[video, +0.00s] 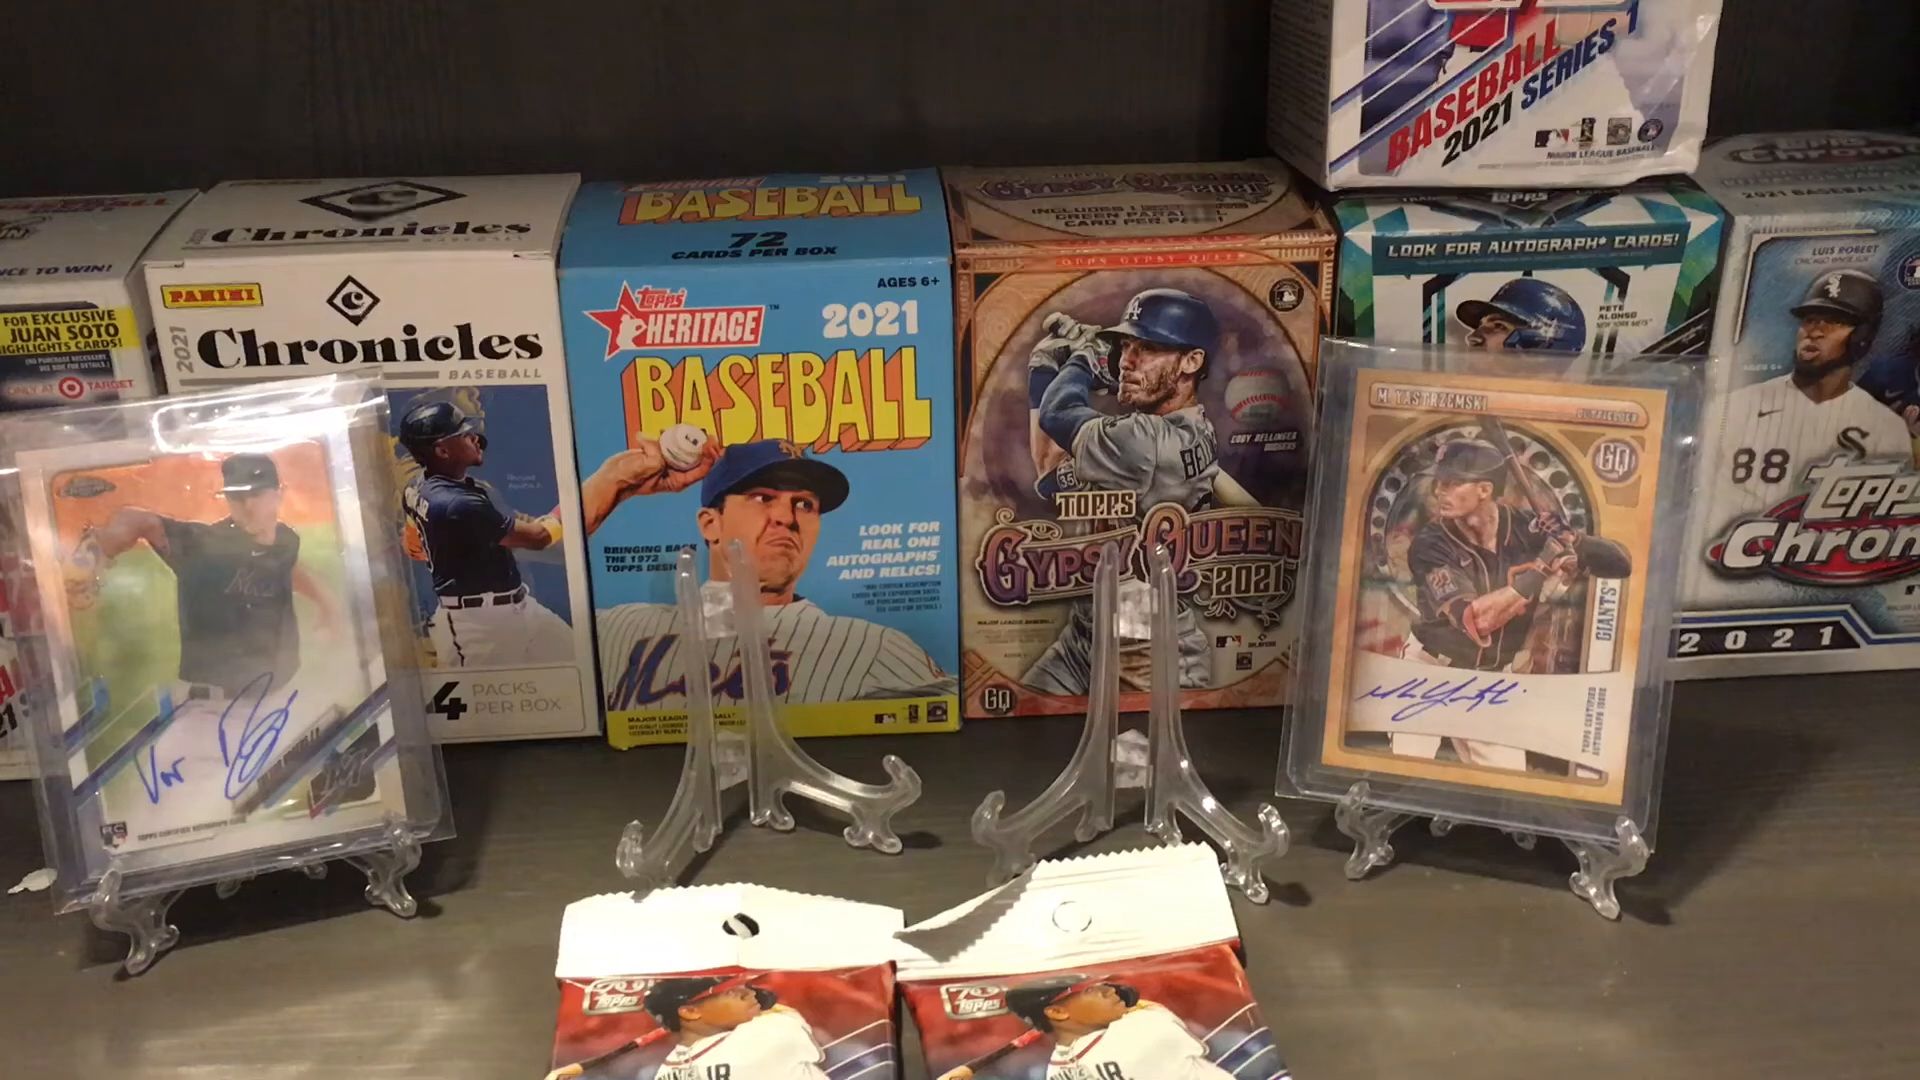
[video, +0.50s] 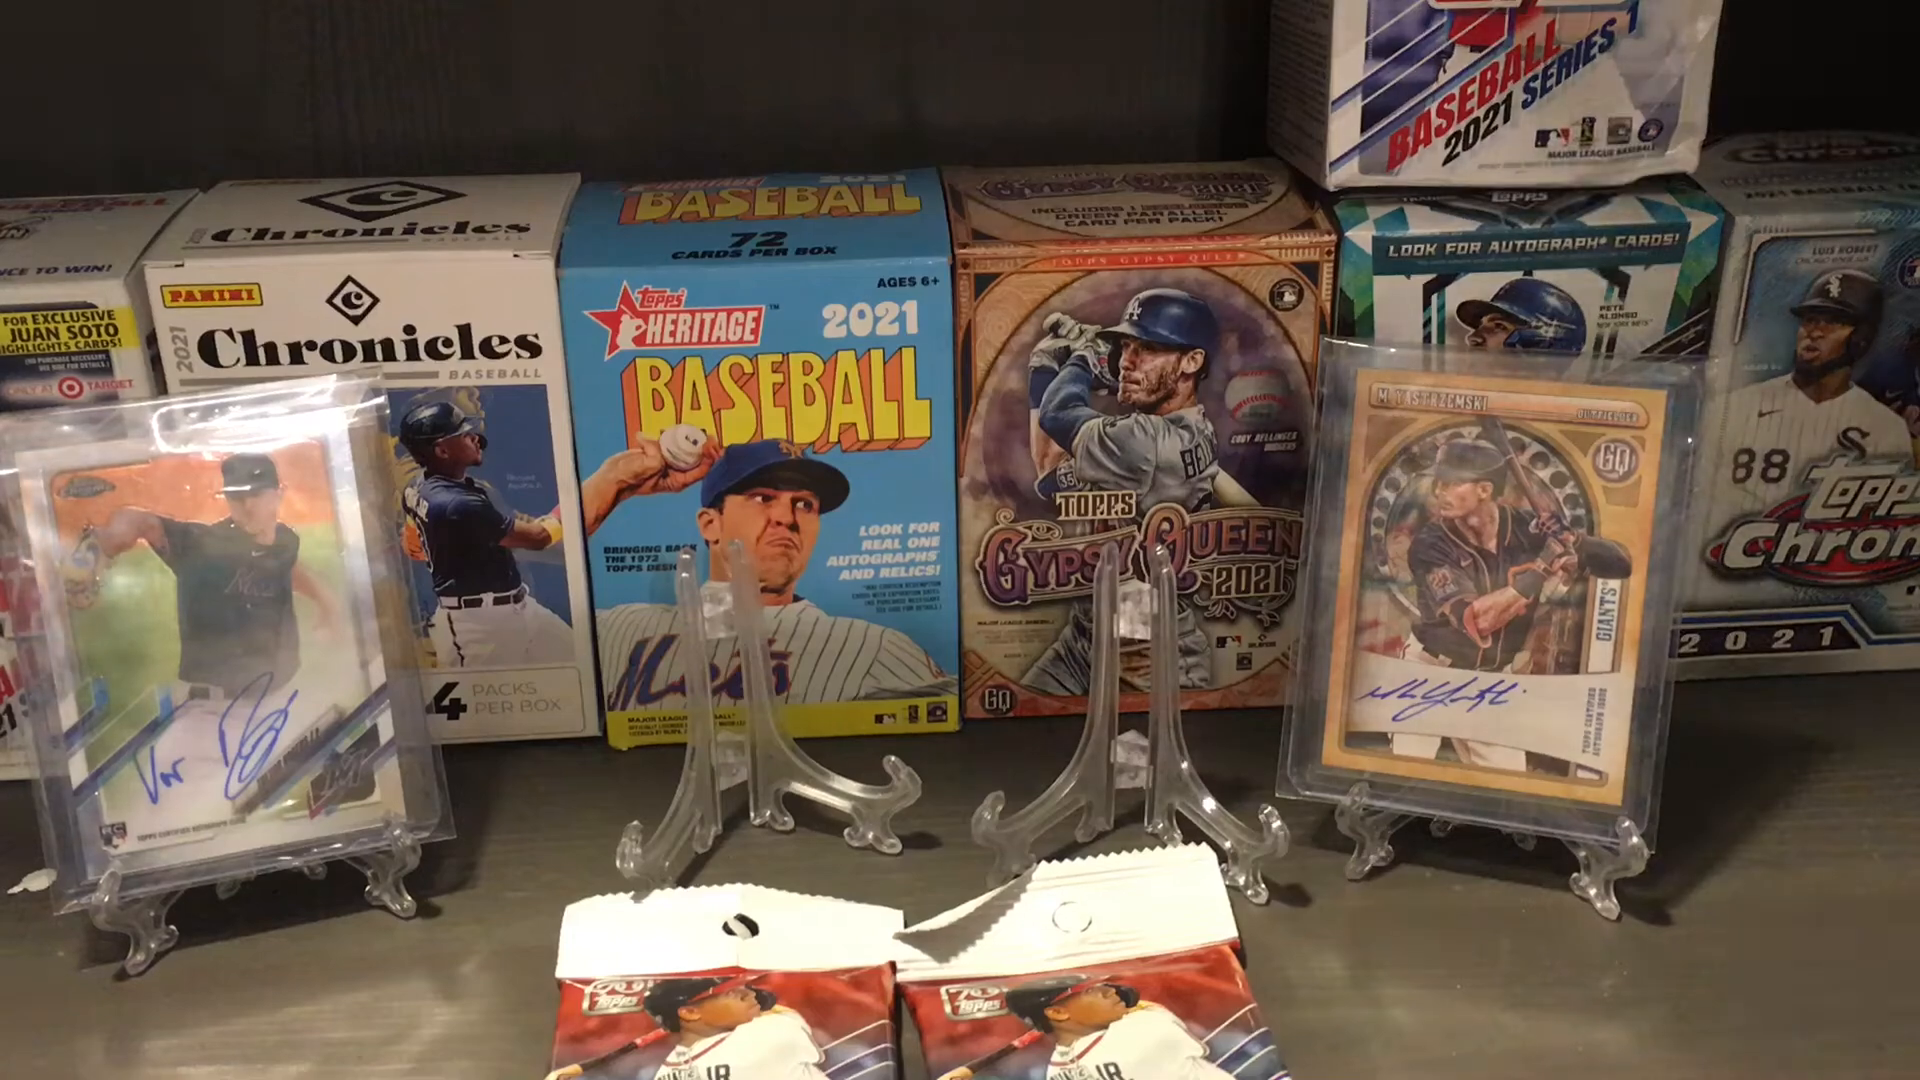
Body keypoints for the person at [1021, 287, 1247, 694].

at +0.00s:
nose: (1127, 361)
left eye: (1147, 349)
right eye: (1126, 347)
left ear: (1190, 363)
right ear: (1120, 348)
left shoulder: (1142, 440)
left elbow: (1060, 410)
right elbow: (1050, 474)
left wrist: (1084, 360)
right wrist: (1042, 371)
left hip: (1160, 647)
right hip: (1090, 641)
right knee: (1011, 734)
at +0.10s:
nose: (1128, 361)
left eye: (1148, 350)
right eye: (1127, 347)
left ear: (1190, 363)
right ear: (1121, 349)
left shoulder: (1141, 440)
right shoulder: (1189, 430)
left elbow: (1059, 410)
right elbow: (1048, 474)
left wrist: (1085, 359)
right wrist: (1042, 371)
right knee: (1012, 735)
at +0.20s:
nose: (1127, 361)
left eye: (1147, 350)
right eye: (1126, 348)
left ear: (1190, 363)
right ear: (1120, 349)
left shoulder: (1141, 440)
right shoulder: (1187, 432)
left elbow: (1060, 410)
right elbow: (1049, 474)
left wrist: (1085, 359)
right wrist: (1042, 372)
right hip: (1090, 642)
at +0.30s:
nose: (1127, 361)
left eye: (1146, 349)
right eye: (1127, 346)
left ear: (1191, 362)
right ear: (1119, 347)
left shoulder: (1143, 441)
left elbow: (1059, 410)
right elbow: (1050, 474)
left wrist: (1083, 361)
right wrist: (1043, 368)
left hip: (1160, 649)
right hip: (1088, 641)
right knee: (1015, 733)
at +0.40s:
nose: (1127, 361)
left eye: (1147, 350)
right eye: (1126, 347)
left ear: (1190, 363)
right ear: (1119, 348)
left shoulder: (1142, 440)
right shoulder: (1190, 431)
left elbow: (1060, 410)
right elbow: (1051, 474)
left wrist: (1084, 361)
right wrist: (1042, 371)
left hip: (1161, 647)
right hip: (1089, 641)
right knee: (1014, 733)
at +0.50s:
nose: (1127, 362)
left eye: (1147, 350)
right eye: (1126, 347)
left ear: (1190, 363)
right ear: (1119, 348)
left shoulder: (1141, 440)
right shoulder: (1187, 431)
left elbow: (1060, 410)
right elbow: (1051, 474)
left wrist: (1084, 360)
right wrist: (1042, 371)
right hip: (1089, 642)